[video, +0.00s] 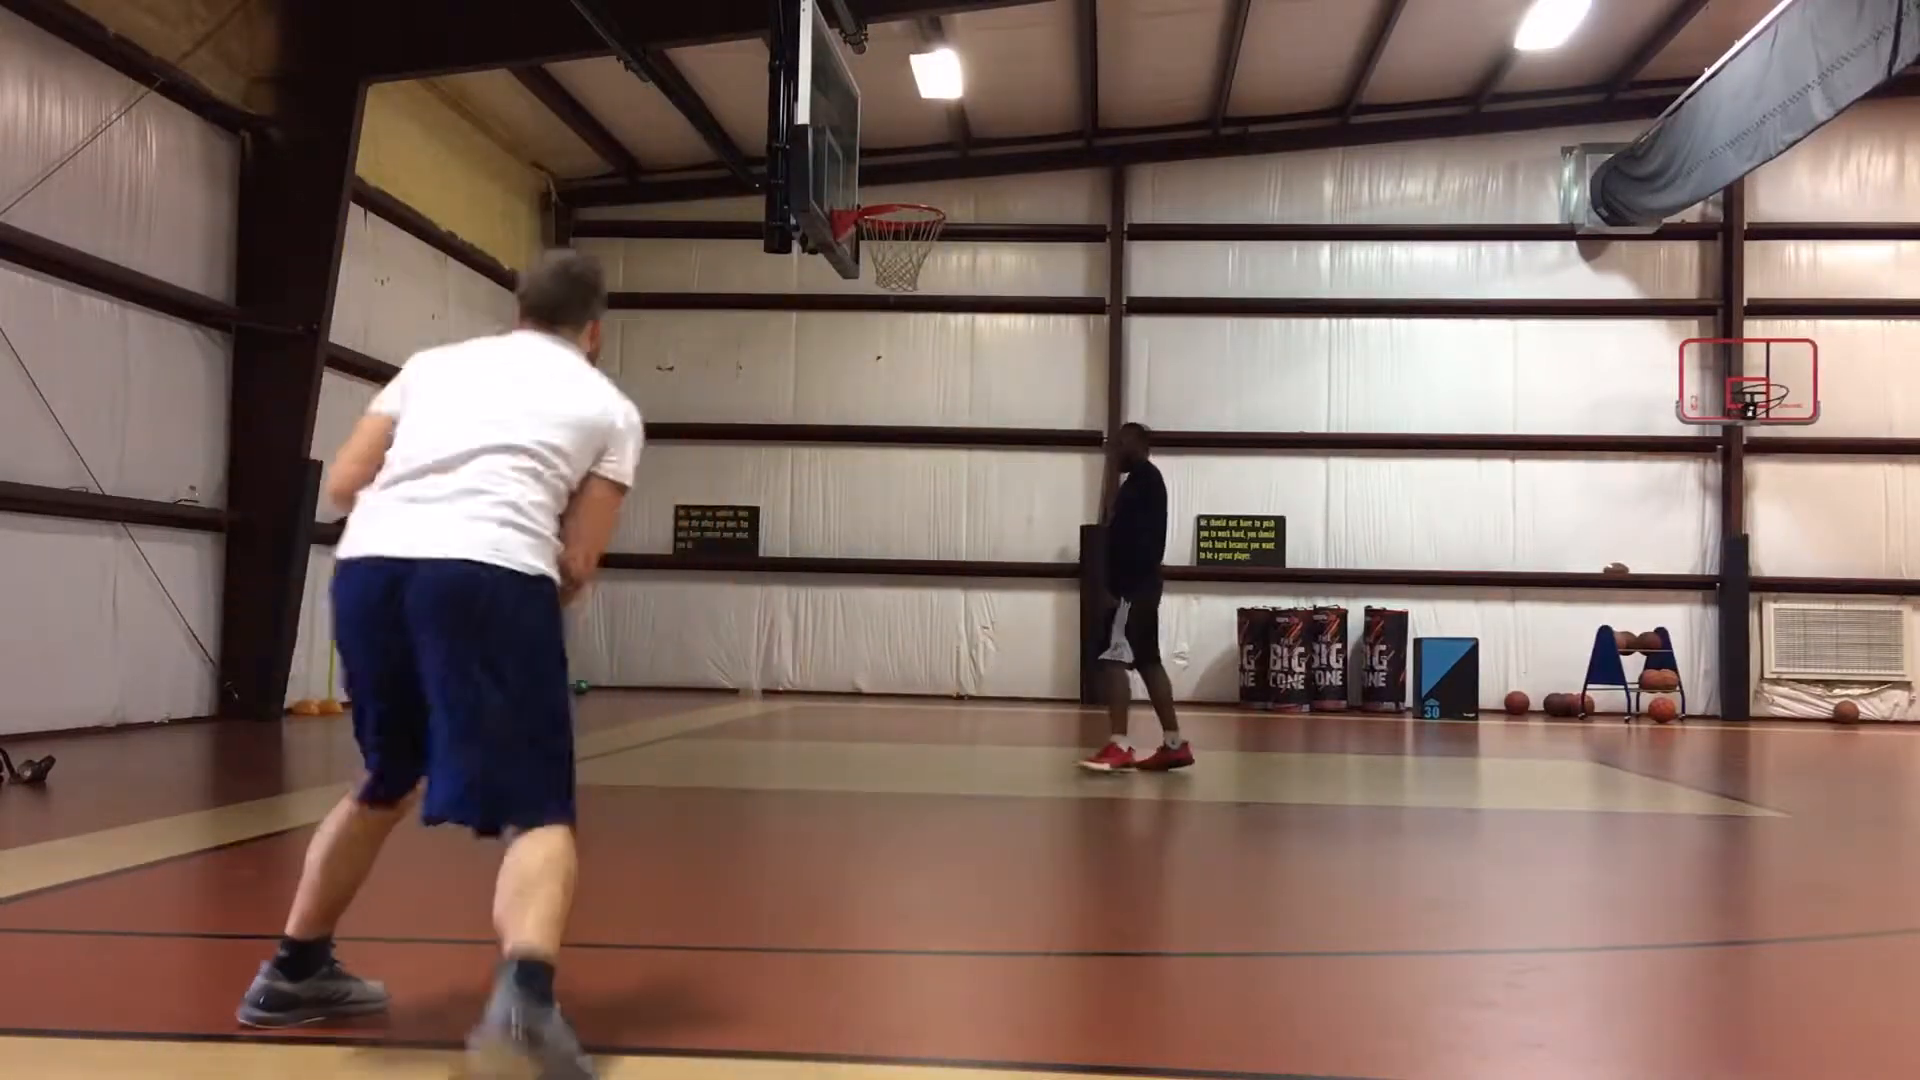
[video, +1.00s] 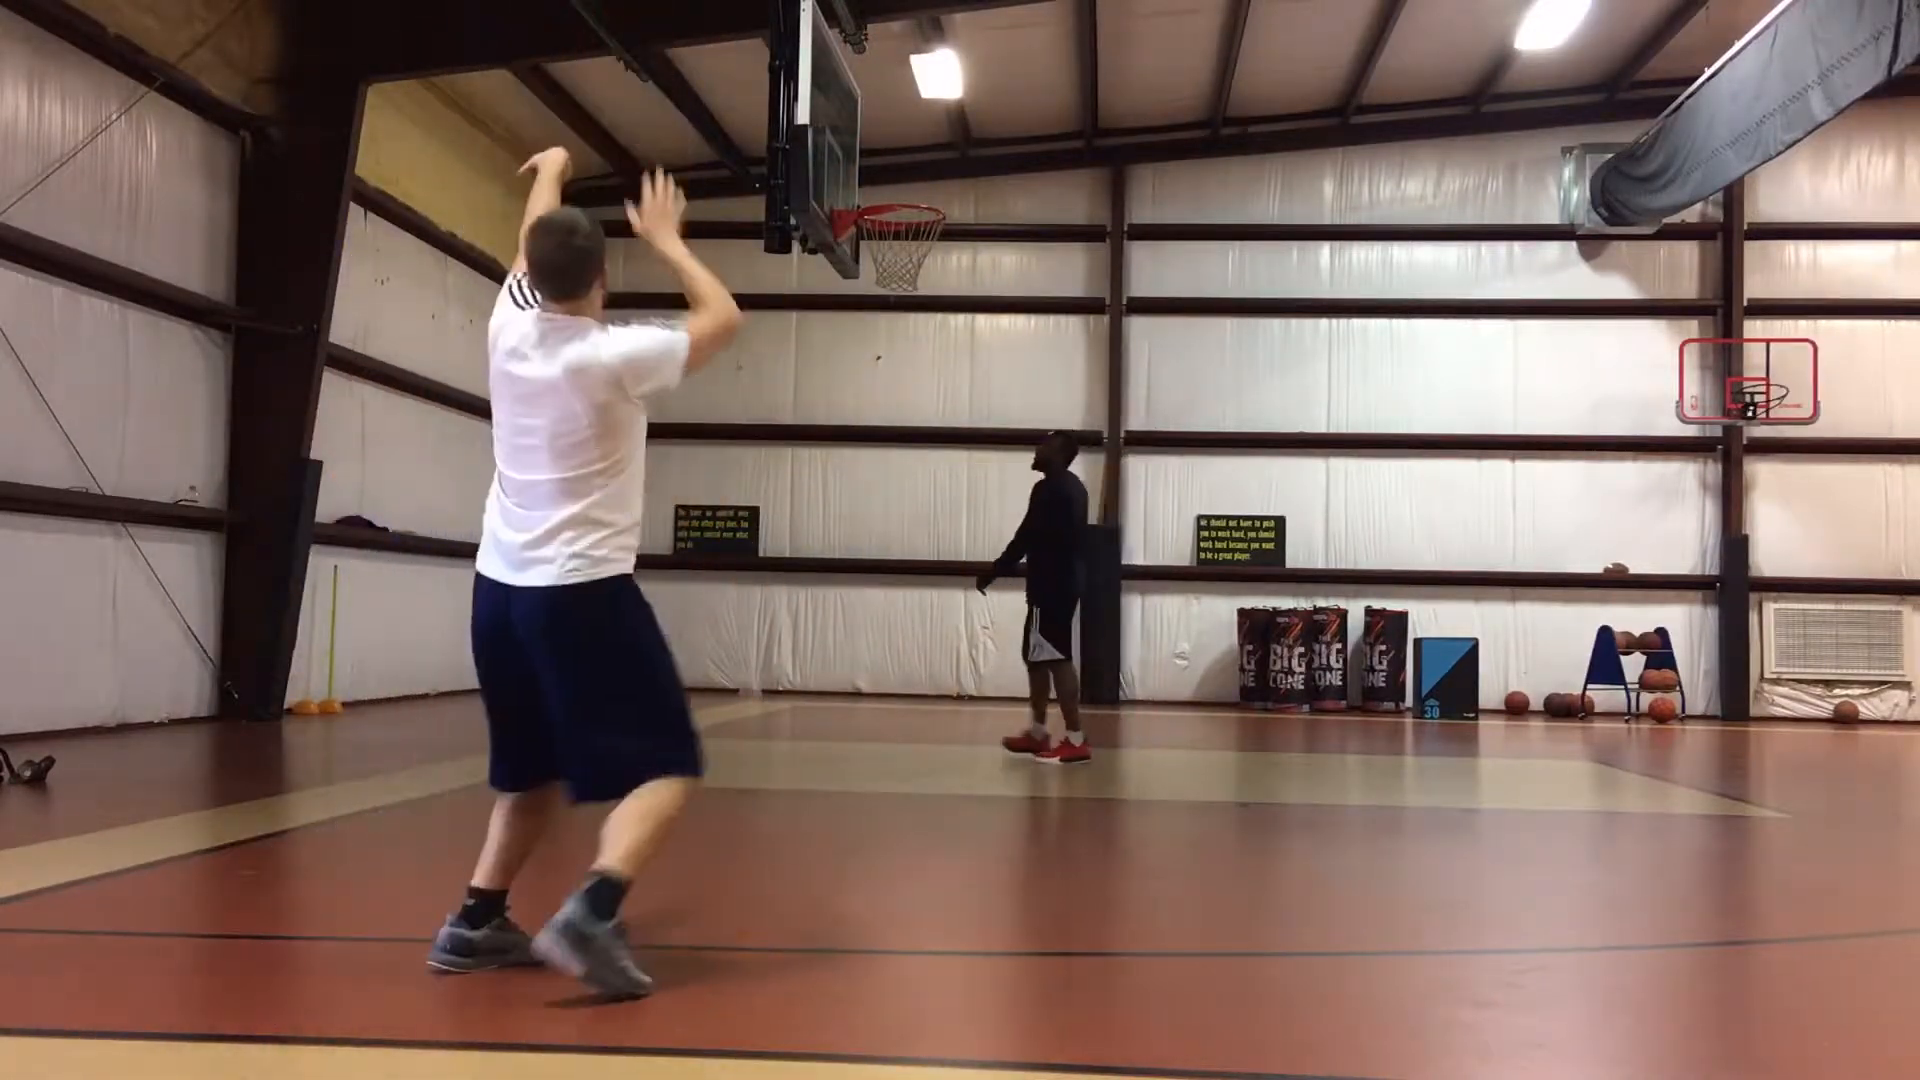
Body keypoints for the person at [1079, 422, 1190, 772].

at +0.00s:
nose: (1113, 450)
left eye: (1118, 443)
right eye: (1114, 443)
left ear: (1135, 445)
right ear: (1141, 446)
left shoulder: (1141, 480)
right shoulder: (1147, 479)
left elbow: (1135, 539)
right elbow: (1140, 538)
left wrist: (1118, 588)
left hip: (1132, 588)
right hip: (1144, 587)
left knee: (1112, 662)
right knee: (1148, 662)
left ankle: (1119, 744)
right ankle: (1175, 743)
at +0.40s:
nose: (1076, 462)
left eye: (1079, 454)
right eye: (1076, 454)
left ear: (1093, 453)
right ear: (1105, 453)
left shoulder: (1093, 485)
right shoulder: (1130, 488)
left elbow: (1097, 543)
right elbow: (1133, 548)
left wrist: (1094, 594)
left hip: (1103, 591)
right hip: (1136, 589)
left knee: (1092, 666)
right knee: (1142, 664)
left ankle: (1080, 740)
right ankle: (1171, 739)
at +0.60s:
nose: (1055, 458)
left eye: (1059, 452)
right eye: (1056, 452)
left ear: (1071, 453)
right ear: (1087, 453)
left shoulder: (1067, 487)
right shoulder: (1113, 484)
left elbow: (1062, 549)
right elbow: (1123, 539)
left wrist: (1057, 600)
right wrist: (1108, 576)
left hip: (1075, 590)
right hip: (1108, 588)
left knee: (1072, 663)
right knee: (1104, 662)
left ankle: (1076, 740)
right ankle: (1143, 715)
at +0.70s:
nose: (1049, 457)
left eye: (1053, 452)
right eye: (1050, 451)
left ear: (1067, 454)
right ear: (1081, 453)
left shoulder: (1059, 489)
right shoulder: (1105, 485)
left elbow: (1045, 547)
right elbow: (1113, 543)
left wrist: (1032, 595)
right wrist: (1106, 584)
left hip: (1068, 590)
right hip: (1101, 589)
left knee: (1068, 662)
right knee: (1084, 661)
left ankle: (1075, 740)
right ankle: (1120, 713)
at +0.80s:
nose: (1044, 456)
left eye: (1048, 450)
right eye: (1045, 450)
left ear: (1063, 453)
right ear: (1076, 453)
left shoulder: (1053, 488)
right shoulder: (1102, 486)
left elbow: (1033, 545)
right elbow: (1109, 543)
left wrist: (1012, 589)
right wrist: (1102, 580)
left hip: (1064, 588)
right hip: (1099, 587)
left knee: (1061, 656)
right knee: (1070, 658)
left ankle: (1087, 727)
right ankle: (1079, 734)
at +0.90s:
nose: (1041, 452)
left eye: (1047, 447)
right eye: (1043, 446)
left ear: (1063, 452)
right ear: (1072, 453)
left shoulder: (1048, 489)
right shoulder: (1089, 486)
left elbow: (1026, 539)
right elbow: (1097, 541)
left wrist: (999, 578)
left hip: (1057, 589)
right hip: (1082, 587)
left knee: (1051, 657)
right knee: (1059, 658)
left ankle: (1075, 739)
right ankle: (1067, 736)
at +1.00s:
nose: (1037, 448)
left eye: (1044, 444)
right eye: (1041, 443)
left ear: (1059, 454)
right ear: (1063, 455)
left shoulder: (1047, 489)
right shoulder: (1073, 487)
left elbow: (1025, 537)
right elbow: (1068, 543)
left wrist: (992, 571)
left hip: (1053, 588)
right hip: (1060, 586)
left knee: (1059, 660)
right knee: (1037, 658)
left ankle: (1075, 740)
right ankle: (1037, 733)